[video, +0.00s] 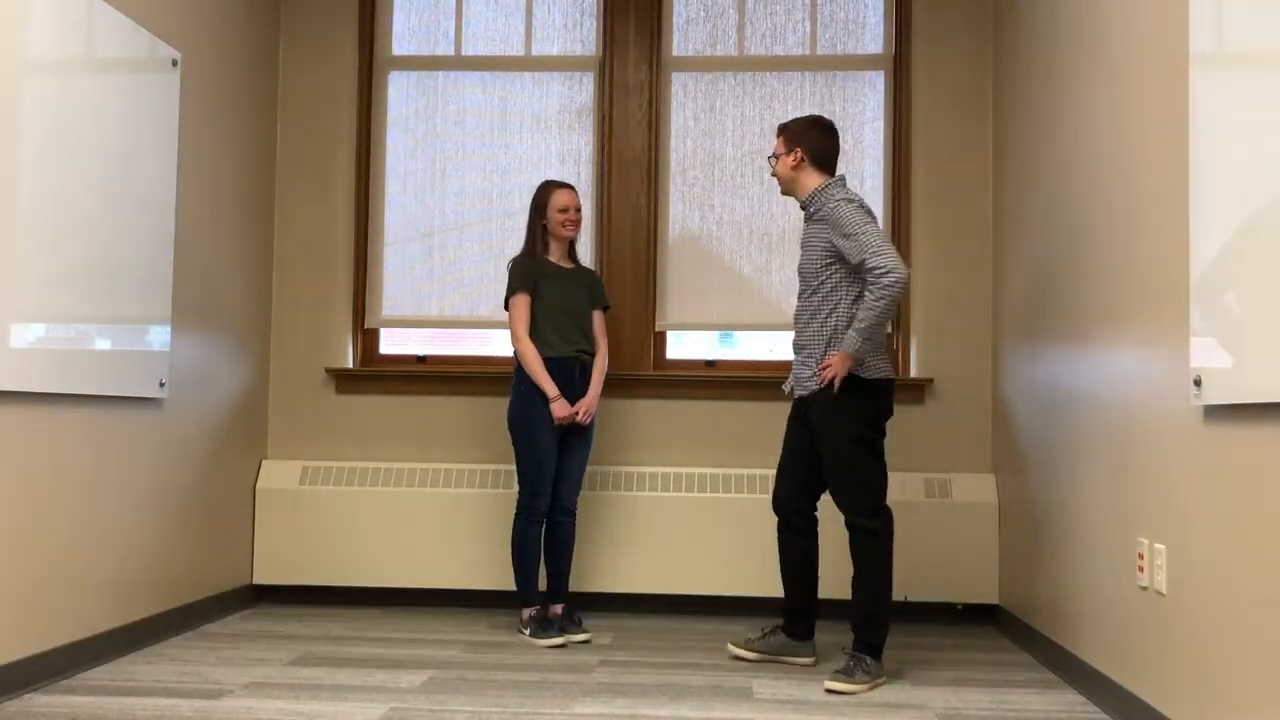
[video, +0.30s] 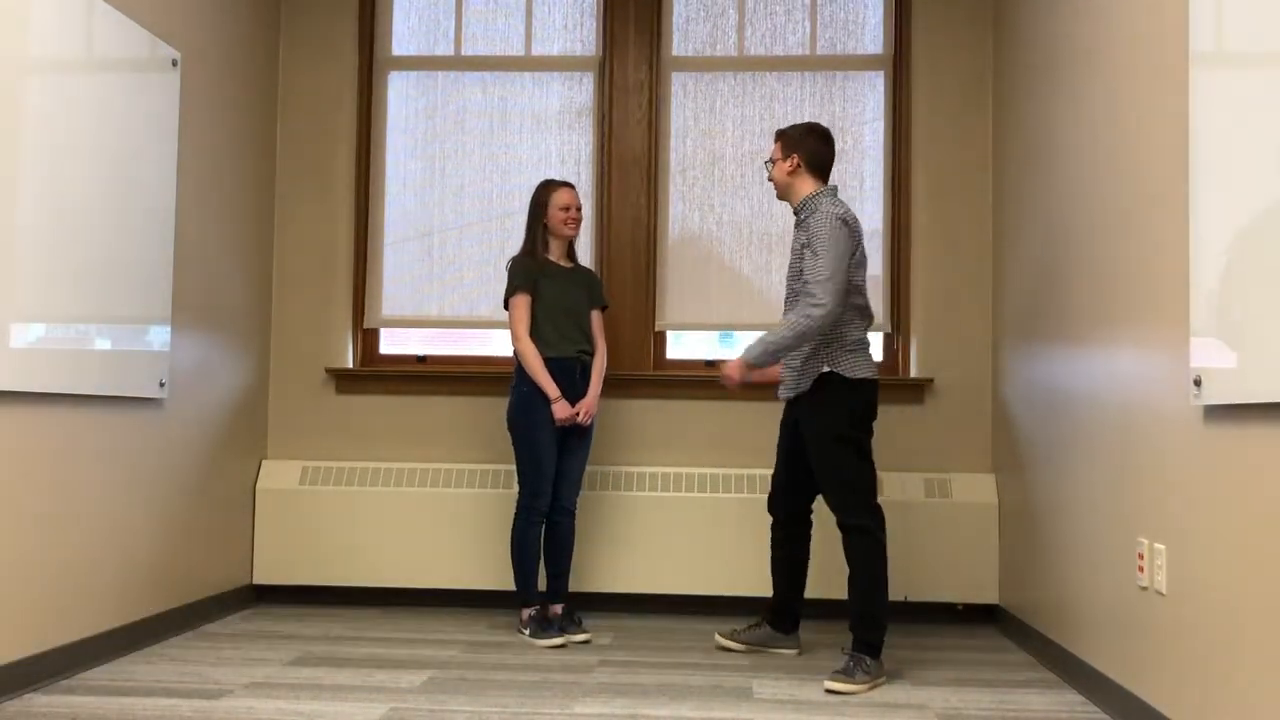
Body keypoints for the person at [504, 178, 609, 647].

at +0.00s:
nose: (572, 217)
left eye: (575, 210)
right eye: (563, 211)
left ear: (580, 216)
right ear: (542, 216)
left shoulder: (590, 278)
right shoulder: (526, 267)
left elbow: (601, 348)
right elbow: (520, 339)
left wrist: (593, 395)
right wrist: (553, 394)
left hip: (580, 395)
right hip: (536, 392)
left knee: (565, 504)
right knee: (536, 501)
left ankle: (558, 607)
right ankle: (530, 609)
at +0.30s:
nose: (574, 215)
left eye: (577, 209)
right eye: (565, 209)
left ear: (580, 215)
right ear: (543, 214)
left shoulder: (588, 278)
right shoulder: (525, 267)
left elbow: (599, 347)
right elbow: (520, 339)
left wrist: (593, 395)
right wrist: (555, 395)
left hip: (579, 395)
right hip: (536, 391)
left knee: (564, 504)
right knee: (535, 501)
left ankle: (558, 607)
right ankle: (530, 610)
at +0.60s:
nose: (576, 215)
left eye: (577, 209)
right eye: (566, 209)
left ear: (577, 215)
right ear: (542, 215)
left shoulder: (584, 278)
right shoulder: (526, 267)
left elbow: (595, 340)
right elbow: (516, 338)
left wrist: (602, 370)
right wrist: (567, 379)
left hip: (578, 394)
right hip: (539, 391)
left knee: (565, 504)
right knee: (537, 501)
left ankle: (557, 606)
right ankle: (530, 610)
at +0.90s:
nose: (577, 216)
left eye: (579, 209)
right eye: (569, 209)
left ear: (576, 217)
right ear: (542, 213)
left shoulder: (581, 276)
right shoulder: (527, 268)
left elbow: (588, 345)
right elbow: (532, 334)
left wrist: (608, 337)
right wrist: (596, 334)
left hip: (578, 396)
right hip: (541, 395)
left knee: (578, 504)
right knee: (543, 502)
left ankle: (559, 608)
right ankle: (532, 612)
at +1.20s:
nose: (586, 216)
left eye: (586, 209)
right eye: (577, 209)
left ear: (580, 217)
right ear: (551, 215)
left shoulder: (577, 274)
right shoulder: (542, 266)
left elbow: (589, 345)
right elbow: (550, 333)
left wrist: (627, 330)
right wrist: (615, 326)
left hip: (587, 396)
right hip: (556, 396)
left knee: (590, 503)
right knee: (565, 501)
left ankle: (567, 609)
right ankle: (533, 610)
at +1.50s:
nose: (601, 210)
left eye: (600, 204)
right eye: (592, 204)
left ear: (586, 214)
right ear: (566, 211)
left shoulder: (588, 269)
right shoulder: (557, 266)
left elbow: (607, 333)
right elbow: (561, 338)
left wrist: (639, 307)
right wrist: (624, 338)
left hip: (592, 395)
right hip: (564, 396)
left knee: (590, 504)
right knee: (590, 503)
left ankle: (569, 609)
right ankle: (548, 610)